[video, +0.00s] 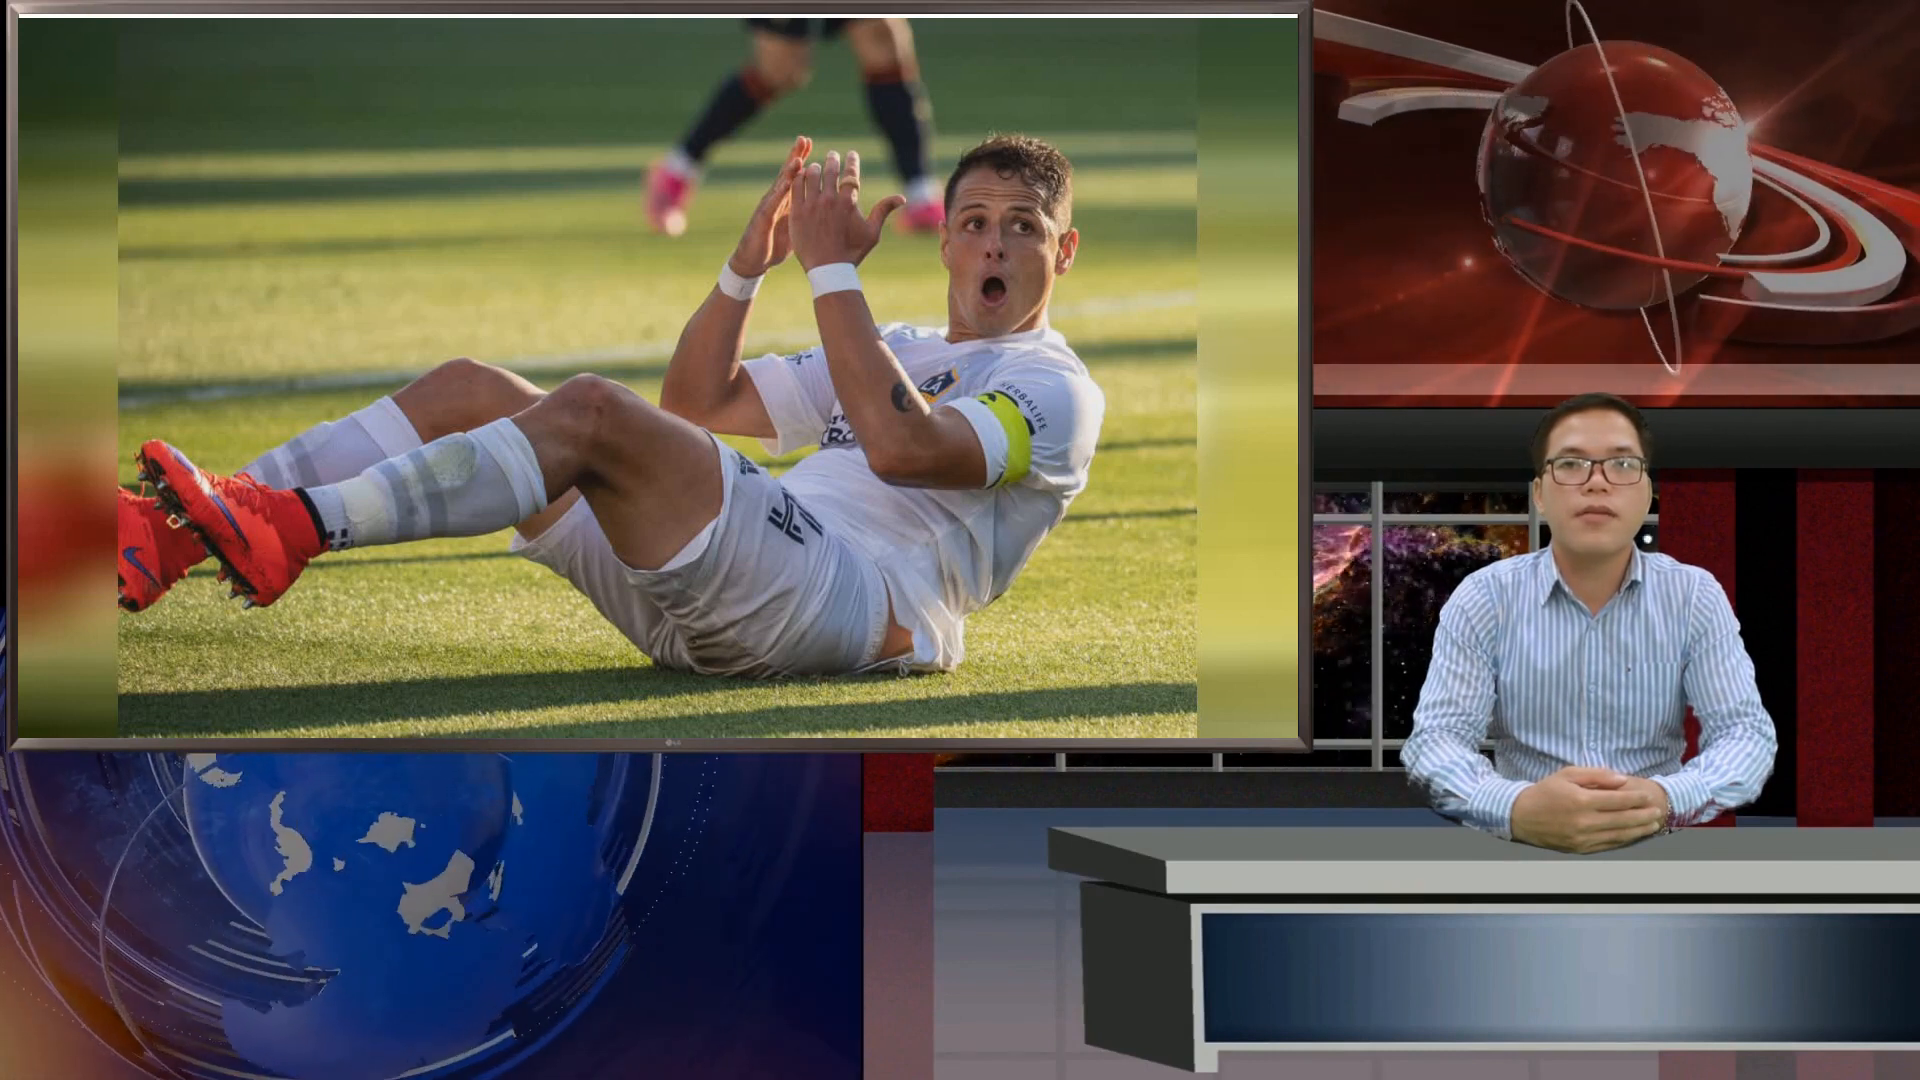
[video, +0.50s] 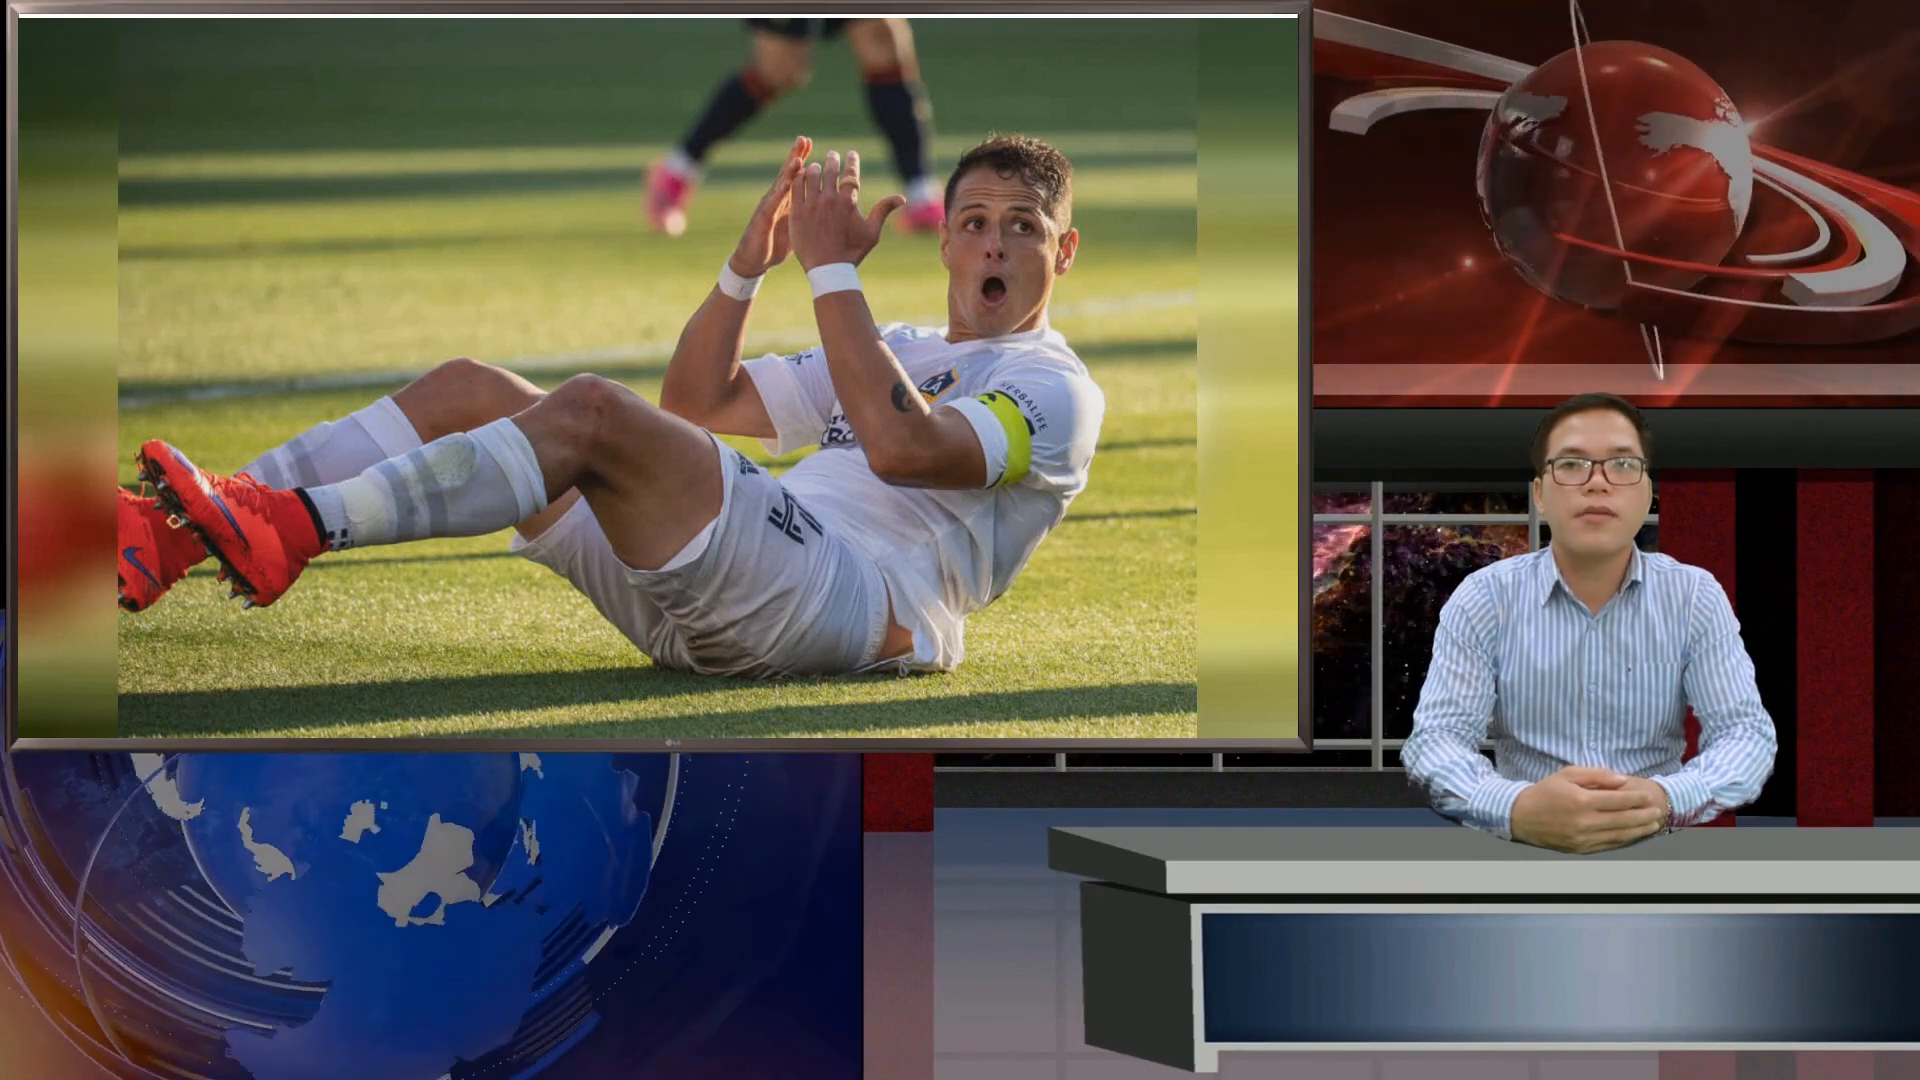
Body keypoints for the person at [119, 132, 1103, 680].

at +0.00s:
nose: (994, 246)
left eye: (1022, 230)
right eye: (975, 224)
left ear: (1065, 257)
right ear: (942, 242)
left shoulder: (1054, 389)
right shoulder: (893, 359)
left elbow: (901, 447)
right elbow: (695, 404)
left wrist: (833, 270)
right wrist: (746, 270)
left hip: (842, 603)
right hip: (734, 573)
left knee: (592, 413)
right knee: (468, 389)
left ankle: (300, 524)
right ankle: (173, 542)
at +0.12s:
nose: (994, 246)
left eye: (1022, 230)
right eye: (975, 224)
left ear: (1065, 257)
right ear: (942, 242)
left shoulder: (1054, 389)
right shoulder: (893, 359)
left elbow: (901, 447)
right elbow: (695, 404)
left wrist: (833, 270)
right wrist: (746, 270)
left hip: (842, 602)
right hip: (734, 573)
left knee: (592, 413)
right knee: (468, 389)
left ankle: (300, 524)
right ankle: (174, 542)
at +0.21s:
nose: (994, 246)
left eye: (1022, 230)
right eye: (974, 224)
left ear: (1065, 257)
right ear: (942, 242)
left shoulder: (1054, 389)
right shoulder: (893, 359)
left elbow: (901, 447)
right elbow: (695, 404)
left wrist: (833, 270)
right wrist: (746, 270)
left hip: (842, 602)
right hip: (734, 573)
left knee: (592, 413)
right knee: (468, 389)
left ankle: (300, 524)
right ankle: (173, 542)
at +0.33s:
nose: (996, 245)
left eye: (1023, 229)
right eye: (976, 223)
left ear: (1065, 257)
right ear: (943, 241)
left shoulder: (1056, 389)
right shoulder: (892, 358)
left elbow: (901, 447)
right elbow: (695, 405)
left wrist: (833, 268)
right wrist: (746, 270)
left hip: (840, 604)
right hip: (733, 572)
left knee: (593, 413)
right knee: (468, 389)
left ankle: (300, 524)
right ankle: (173, 542)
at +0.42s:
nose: (994, 246)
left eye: (1021, 230)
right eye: (974, 224)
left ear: (1065, 257)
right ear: (942, 242)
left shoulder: (1054, 389)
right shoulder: (893, 358)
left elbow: (901, 447)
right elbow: (695, 404)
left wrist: (833, 270)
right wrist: (746, 270)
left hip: (842, 602)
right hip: (734, 572)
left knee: (592, 413)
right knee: (468, 389)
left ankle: (299, 524)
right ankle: (173, 542)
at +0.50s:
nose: (994, 246)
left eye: (1022, 230)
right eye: (974, 224)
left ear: (1065, 257)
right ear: (942, 242)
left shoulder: (1055, 389)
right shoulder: (893, 358)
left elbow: (902, 447)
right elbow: (695, 404)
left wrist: (833, 270)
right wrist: (746, 270)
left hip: (841, 602)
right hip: (734, 572)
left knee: (592, 413)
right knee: (468, 389)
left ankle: (299, 524)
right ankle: (173, 542)